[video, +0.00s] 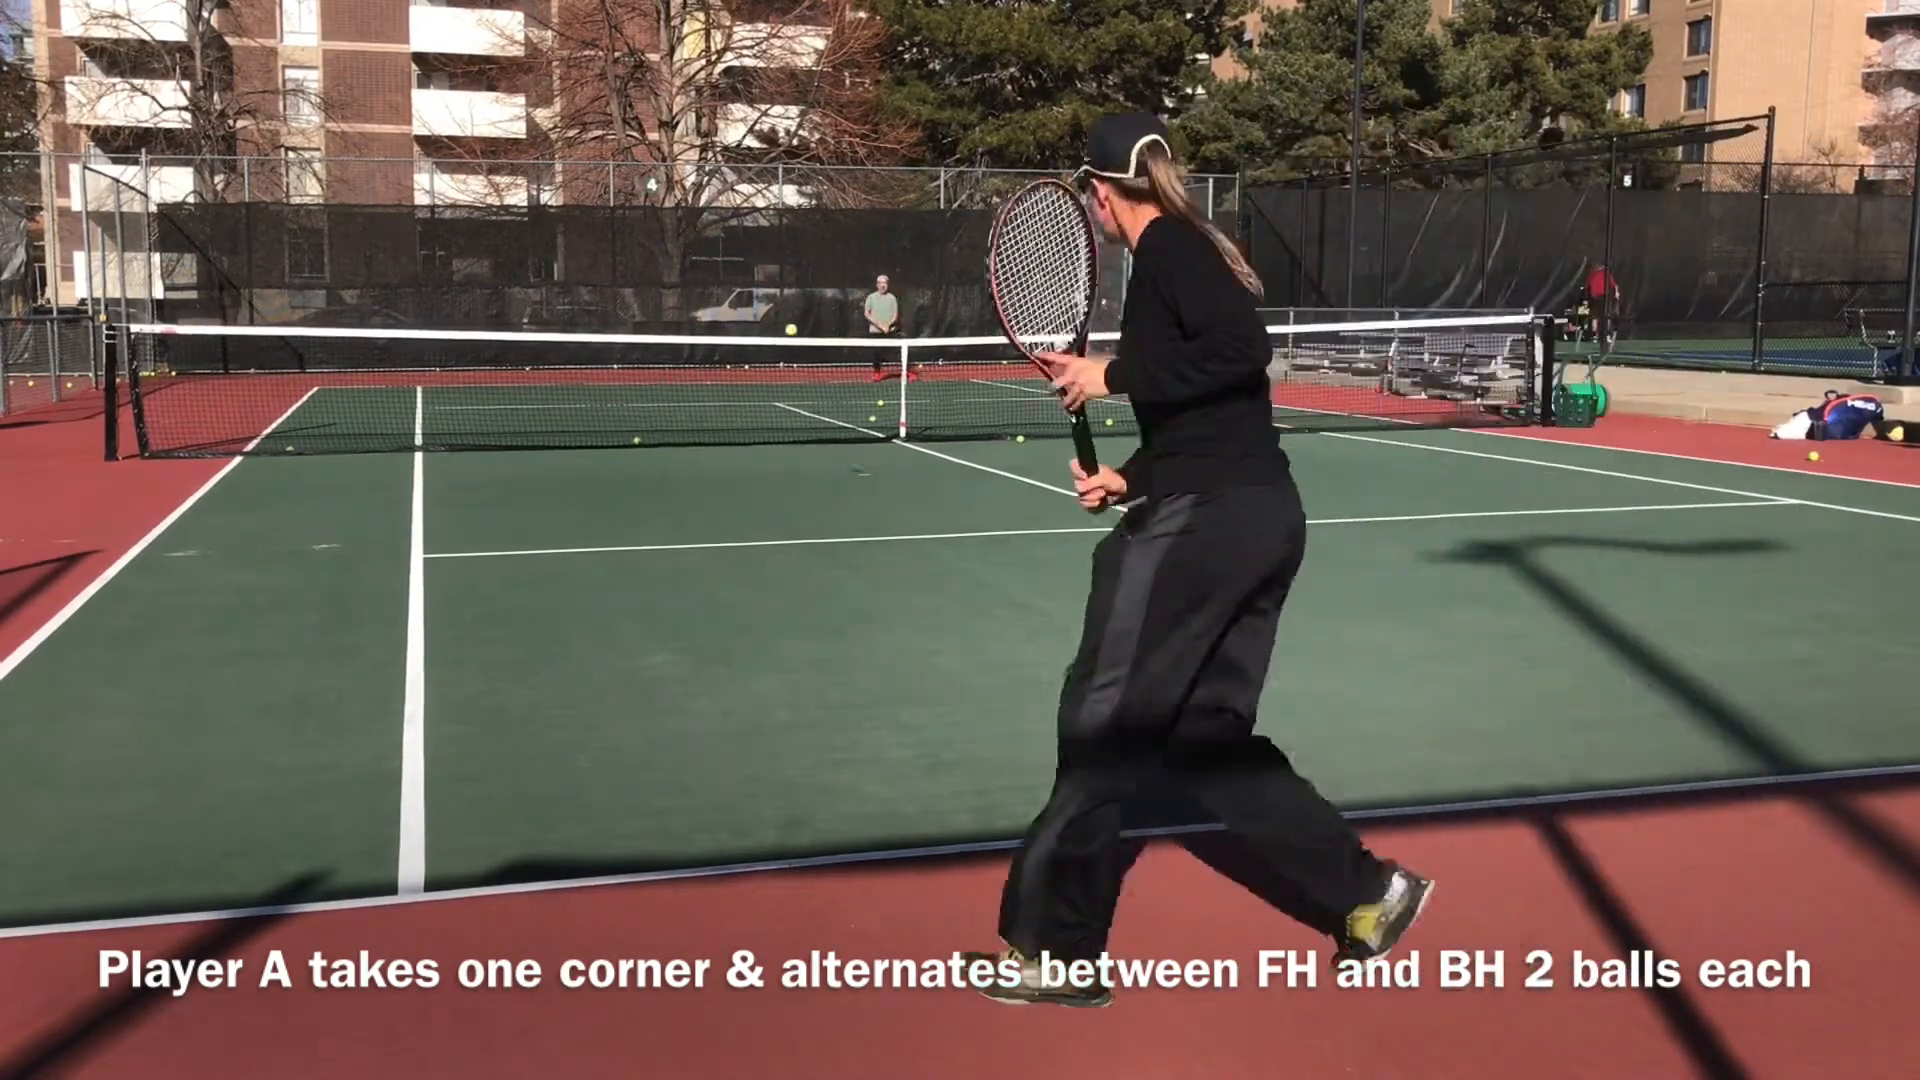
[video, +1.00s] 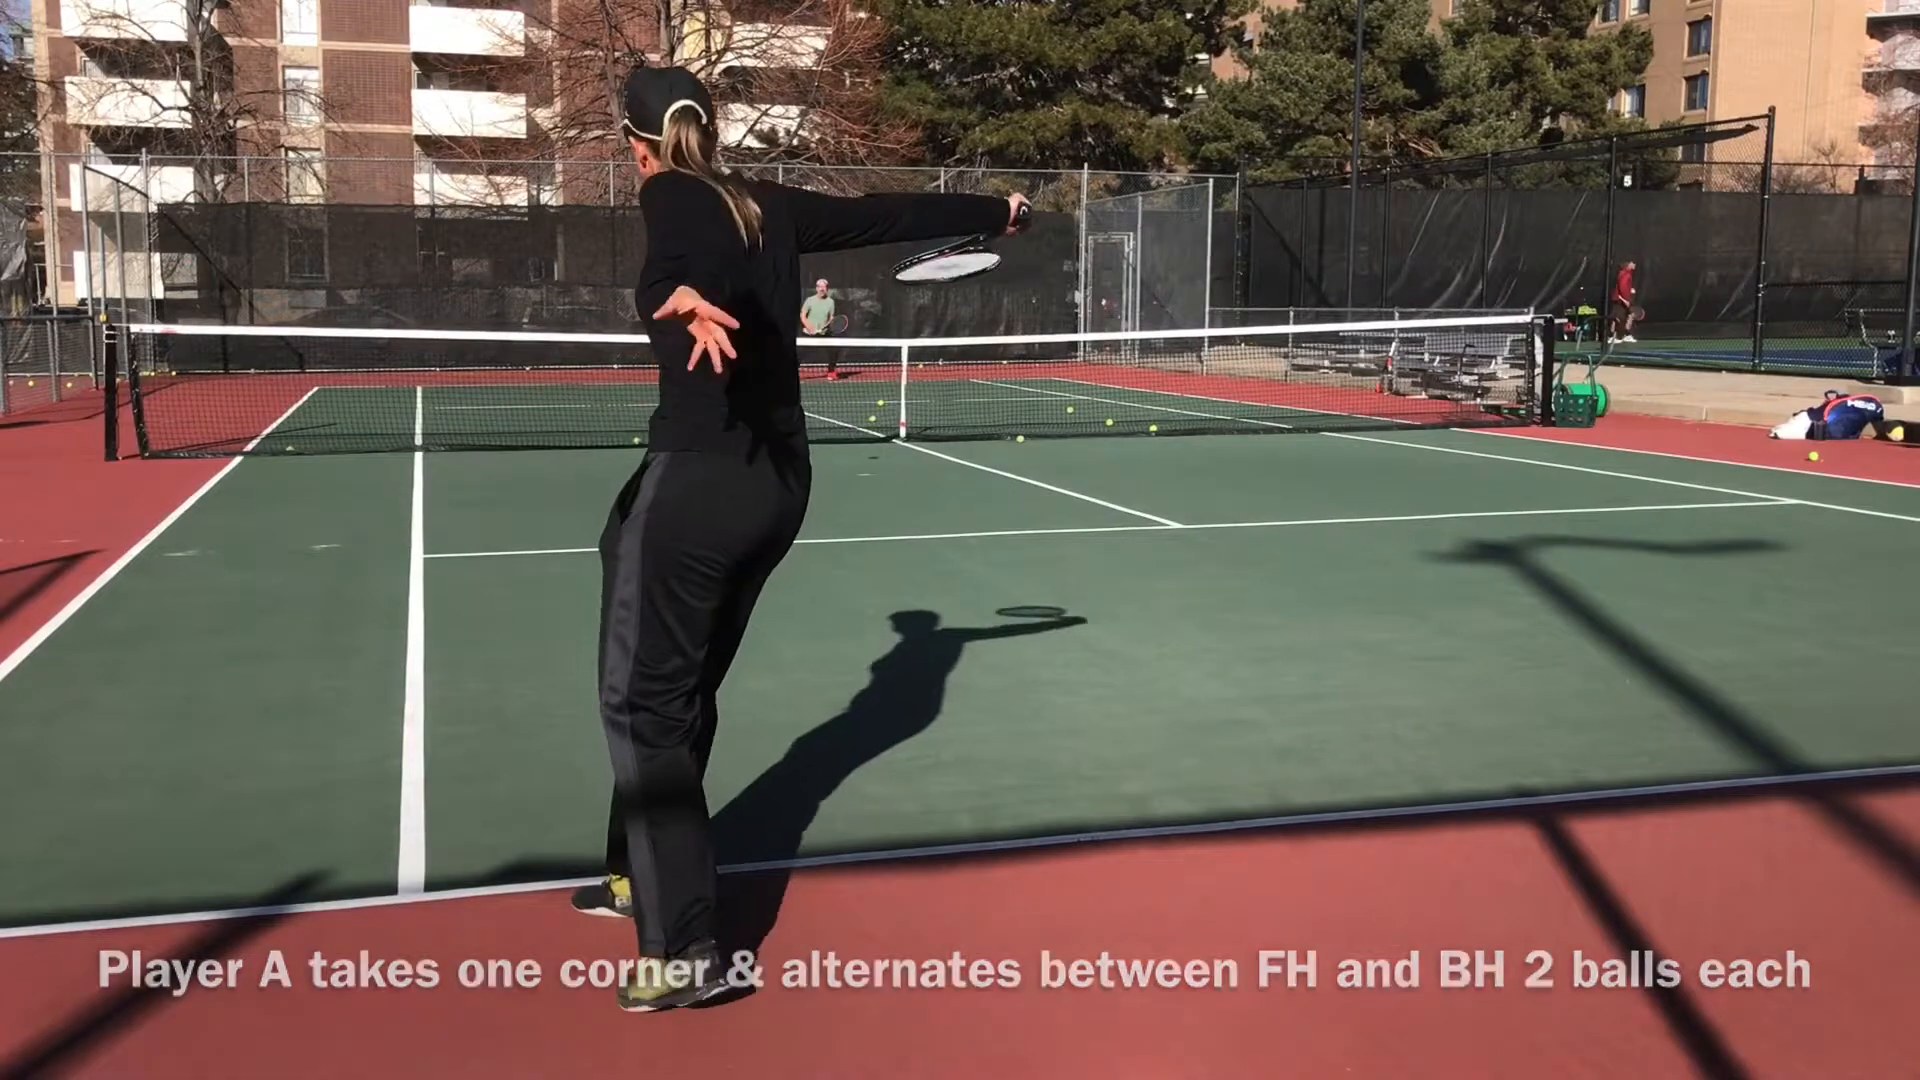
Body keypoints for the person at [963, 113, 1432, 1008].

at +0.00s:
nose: (1090, 208)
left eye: (1090, 192)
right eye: (1091, 192)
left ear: (1107, 191)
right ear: (1153, 181)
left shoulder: (1168, 248)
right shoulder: (1181, 253)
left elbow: (1240, 349)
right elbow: (1214, 405)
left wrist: (1114, 374)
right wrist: (1133, 476)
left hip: (1202, 511)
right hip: (1249, 511)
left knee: (1106, 718)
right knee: (1200, 735)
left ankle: (1057, 949)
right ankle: (1364, 890)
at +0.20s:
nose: (937, 195)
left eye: (947, 178)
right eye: (933, 182)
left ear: (986, 169)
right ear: (945, 185)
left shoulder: (1044, 216)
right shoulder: (964, 257)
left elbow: (1130, 291)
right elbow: (942, 376)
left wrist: (1011, 248)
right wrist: (907, 368)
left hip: (1064, 497)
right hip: (1012, 499)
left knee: (995, 719)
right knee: (910, 666)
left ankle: (1060, 952)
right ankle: (927, 897)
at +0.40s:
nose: (799, 193)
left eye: (812, 178)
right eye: (799, 178)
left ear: (849, 187)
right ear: (811, 191)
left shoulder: (884, 252)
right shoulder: (821, 267)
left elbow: (931, 297)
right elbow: (768, 275)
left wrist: (865, 180)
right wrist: (728, 229)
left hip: (884, 511)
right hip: (843, 512)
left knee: (890, 737)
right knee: (748, 694)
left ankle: (1036, 933)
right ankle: (670, 873)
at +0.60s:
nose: (682, 229)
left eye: (686, 210)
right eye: (681, 213)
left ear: (713, 199)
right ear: (739, 194)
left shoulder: (755, 235)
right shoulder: (762, 251)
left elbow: (728, 321)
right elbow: (655, 345)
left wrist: (604, 329)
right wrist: (542, 398)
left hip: (768, 494)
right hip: (762, 491)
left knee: (727, 715)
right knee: (669, 675)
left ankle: (876, 901)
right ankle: (649, 874)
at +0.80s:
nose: (601, 169)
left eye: (604, 152)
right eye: (600, 153)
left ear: (633, 148)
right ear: (675, 142)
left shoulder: (672, 198)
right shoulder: (738, 211)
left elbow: (708, 235)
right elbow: (814, 290)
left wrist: (735, 279)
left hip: (713, 463)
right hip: (767, 463)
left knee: (683, 688)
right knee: (674, 670)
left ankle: (783, 901)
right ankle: (660, 866)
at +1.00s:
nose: (627, 151)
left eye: (626, 137)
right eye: (633, 136)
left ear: (641, 142)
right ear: (705, 132)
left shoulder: (668, 200)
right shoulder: (771, 207)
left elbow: (673, 253)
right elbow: (883, 219)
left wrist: (684, 293)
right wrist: (997, 211)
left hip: (697, 482)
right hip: (772, 481)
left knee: (646, 702)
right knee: (686, 684)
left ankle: (688, 946)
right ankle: (644, 870)